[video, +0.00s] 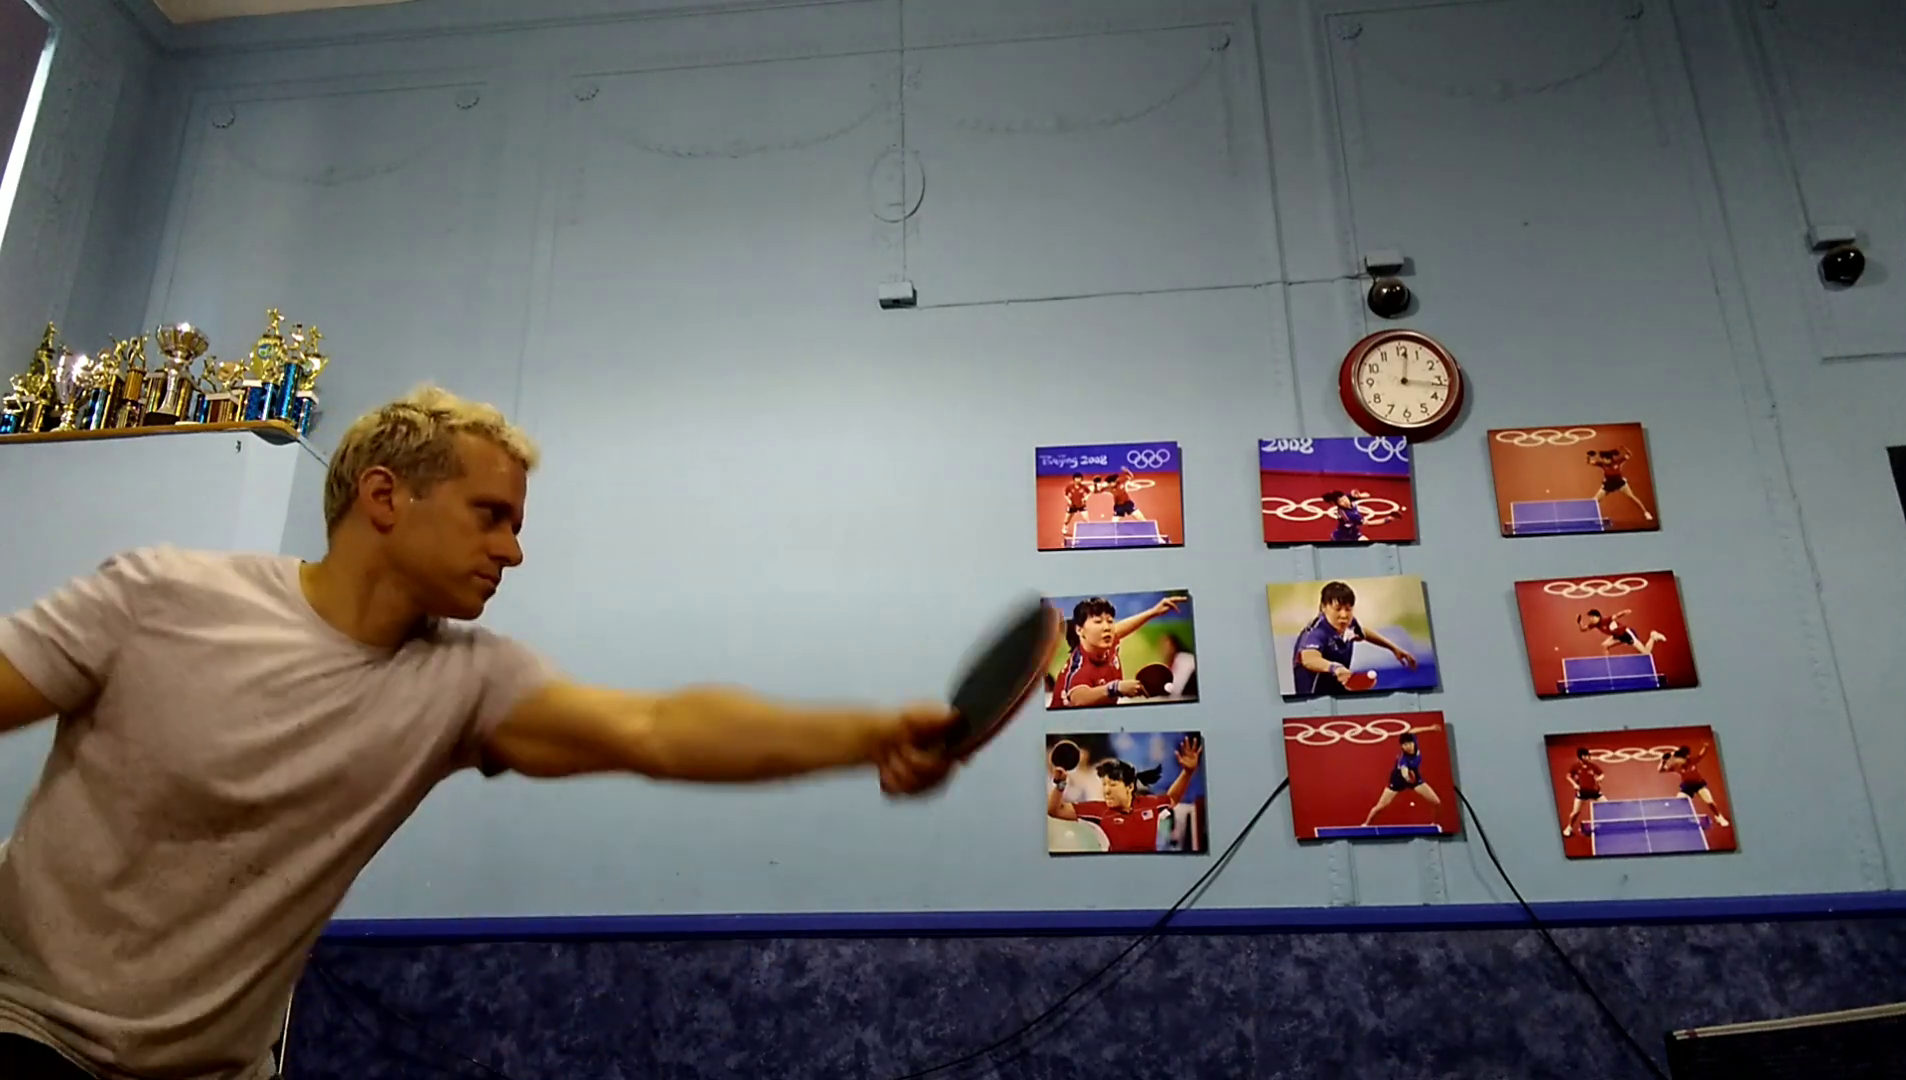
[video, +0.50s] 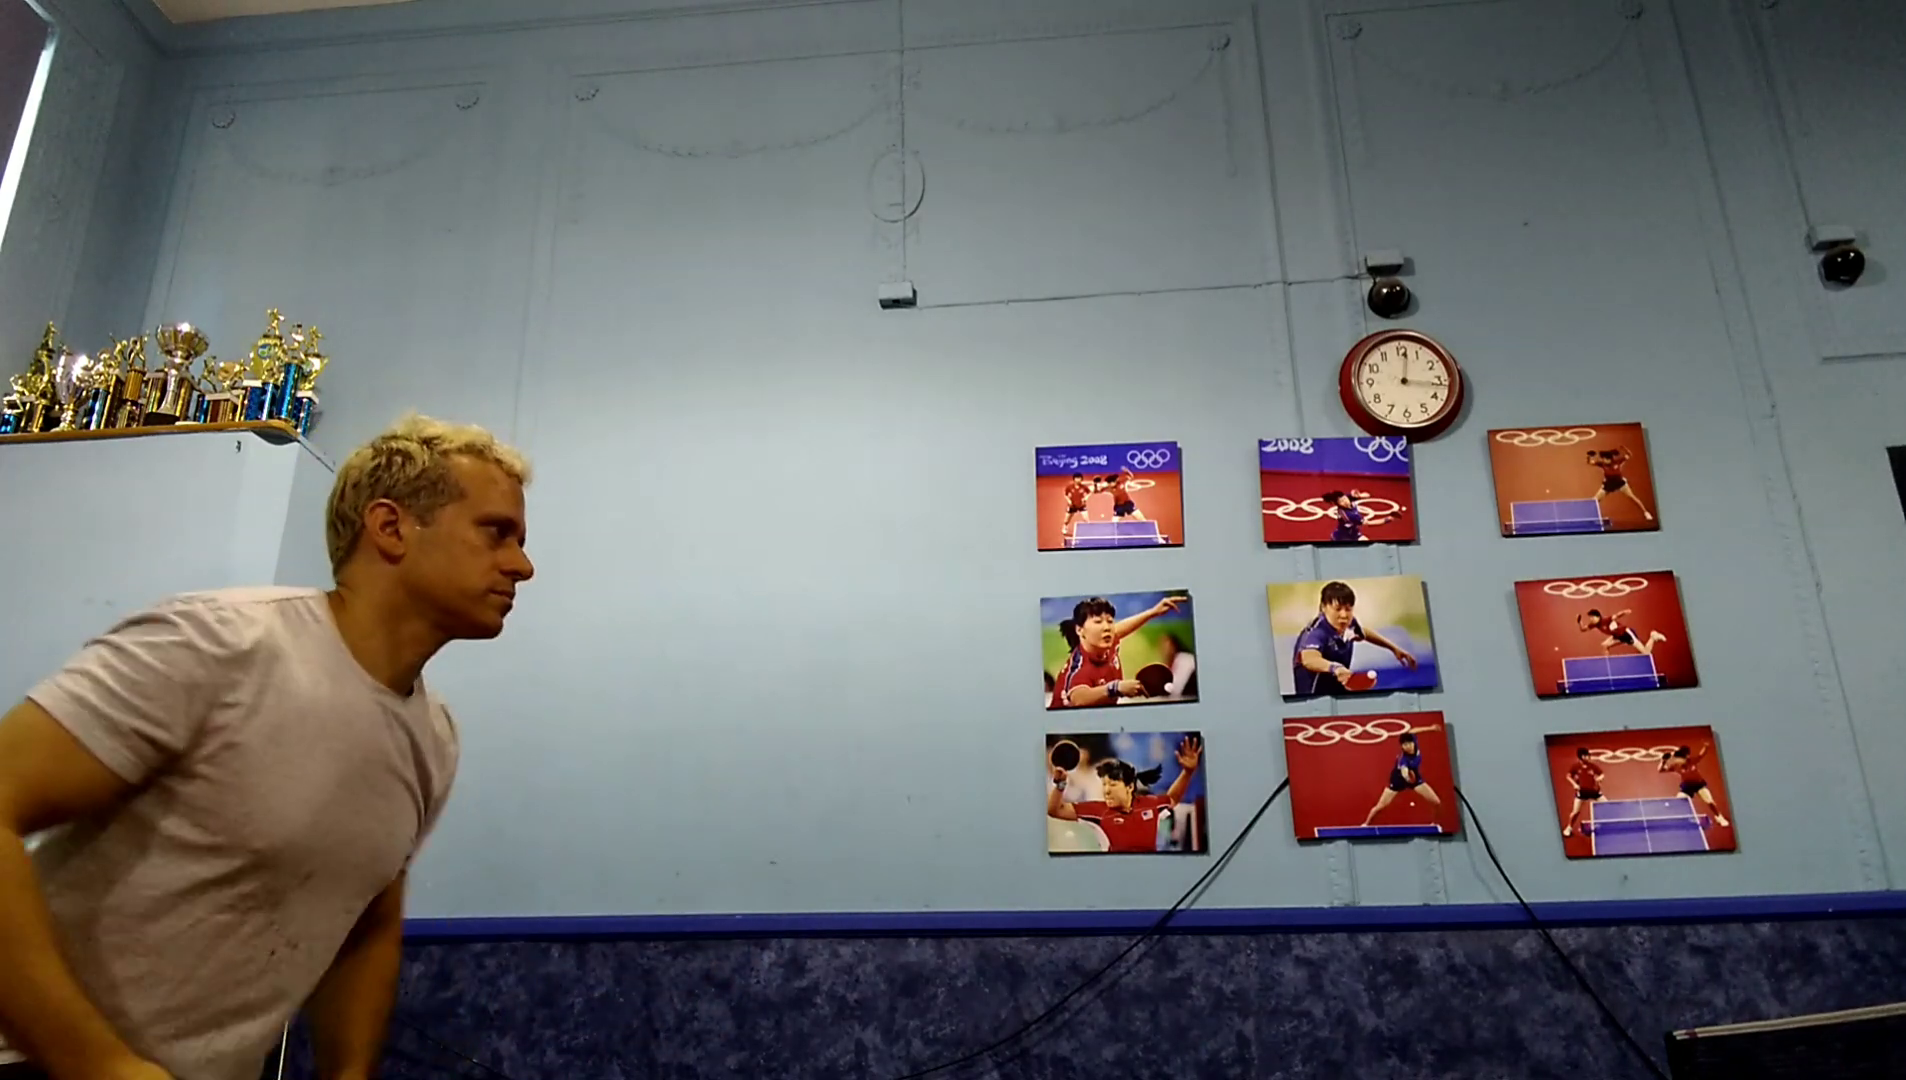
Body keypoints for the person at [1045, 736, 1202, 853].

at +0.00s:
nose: (1107, 790)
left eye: (1113, 785)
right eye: (1104, 785)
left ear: (1130, 787)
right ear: (1102, 787)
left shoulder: (1151, 804)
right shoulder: (1100, 811)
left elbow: (1172, 798)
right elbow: (1055, 811)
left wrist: (1188, 771)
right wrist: (1059, 785)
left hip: (1151, 872)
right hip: (1116, 874)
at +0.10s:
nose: (1107, 790)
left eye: (1113, 785)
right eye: (1104, 785)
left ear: (1130, 787)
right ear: (1101, 786)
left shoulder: (1151, 804)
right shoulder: (1100, 810)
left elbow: (1172, 798)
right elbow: (1055, 811)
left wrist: (1188, 771)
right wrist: (1059, 785)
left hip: (1150, 872)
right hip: (1115, 874)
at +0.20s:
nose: (1107, 790)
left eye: (1113, 785)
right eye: (1104, 785)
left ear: (1130, 787)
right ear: (1101, 787)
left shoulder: (1151, 805)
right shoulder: (1100, 811)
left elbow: (1172, 798)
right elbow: (1055, 811)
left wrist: (1188, 771)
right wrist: (1059, 785)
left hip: (1151, 873)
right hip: (1115, 874)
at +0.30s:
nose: (1107, 790)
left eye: (1113, 785)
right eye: (1104, 785)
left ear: (1130, 787)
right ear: (1101, 787)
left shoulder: (1151, 805)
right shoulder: (1100, 811)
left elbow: (1172, 798)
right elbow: (1055, 811)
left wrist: (1188, 771)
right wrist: (1059, 785)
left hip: (1151, 873)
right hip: (1115, 874)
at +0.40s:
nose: (1107, 790)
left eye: (1113, 785)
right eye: (1104, 785)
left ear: (1130, 787)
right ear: (1101, 786)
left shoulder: (1151, 804)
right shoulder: (1100, 810)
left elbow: (1172, 798)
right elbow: (1055, 811)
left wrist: (1188, 771)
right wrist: (1059, 784)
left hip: (1150, 872)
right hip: (1115, 874)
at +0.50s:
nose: (1107, 790)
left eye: (1113, 785)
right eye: (1104, 785)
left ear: (1130, 787)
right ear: (1101, 786)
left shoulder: (1151, 805)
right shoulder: (1100, 810)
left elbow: (1172, 798)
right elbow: (1055, 811)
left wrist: (1188, 771)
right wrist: (1059, 785)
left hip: (1150, 873)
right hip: (1114, 874)